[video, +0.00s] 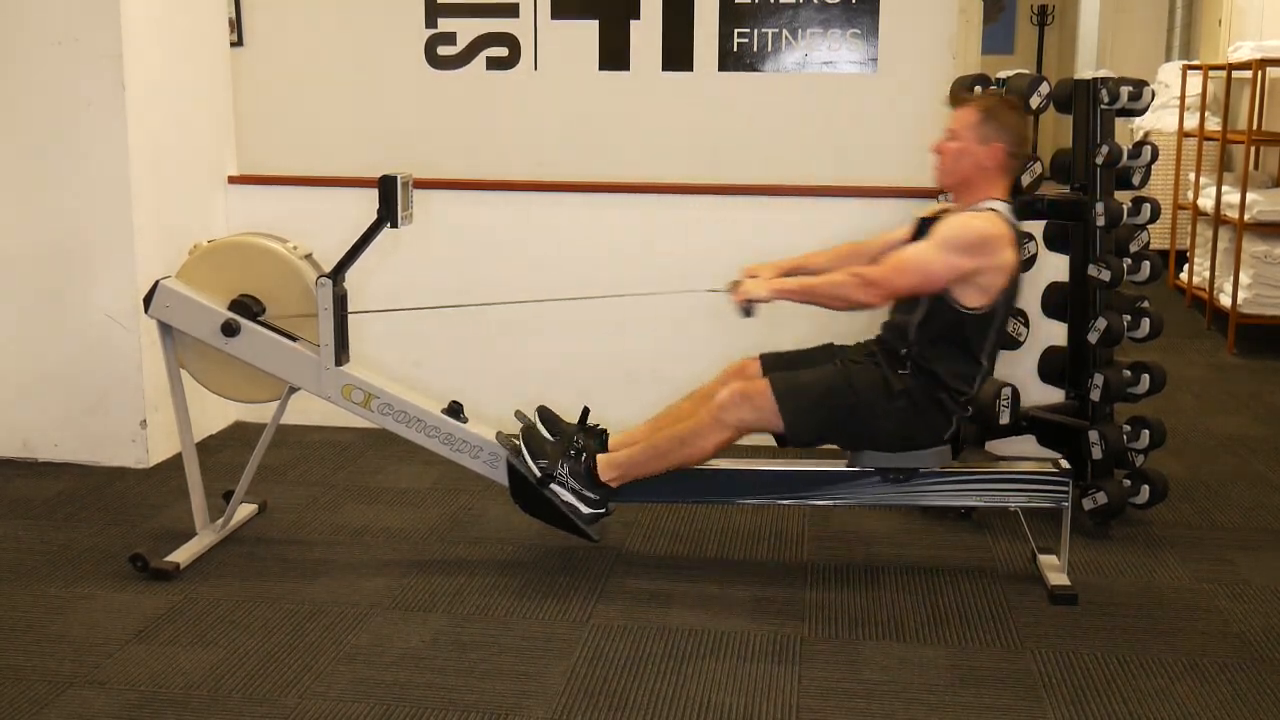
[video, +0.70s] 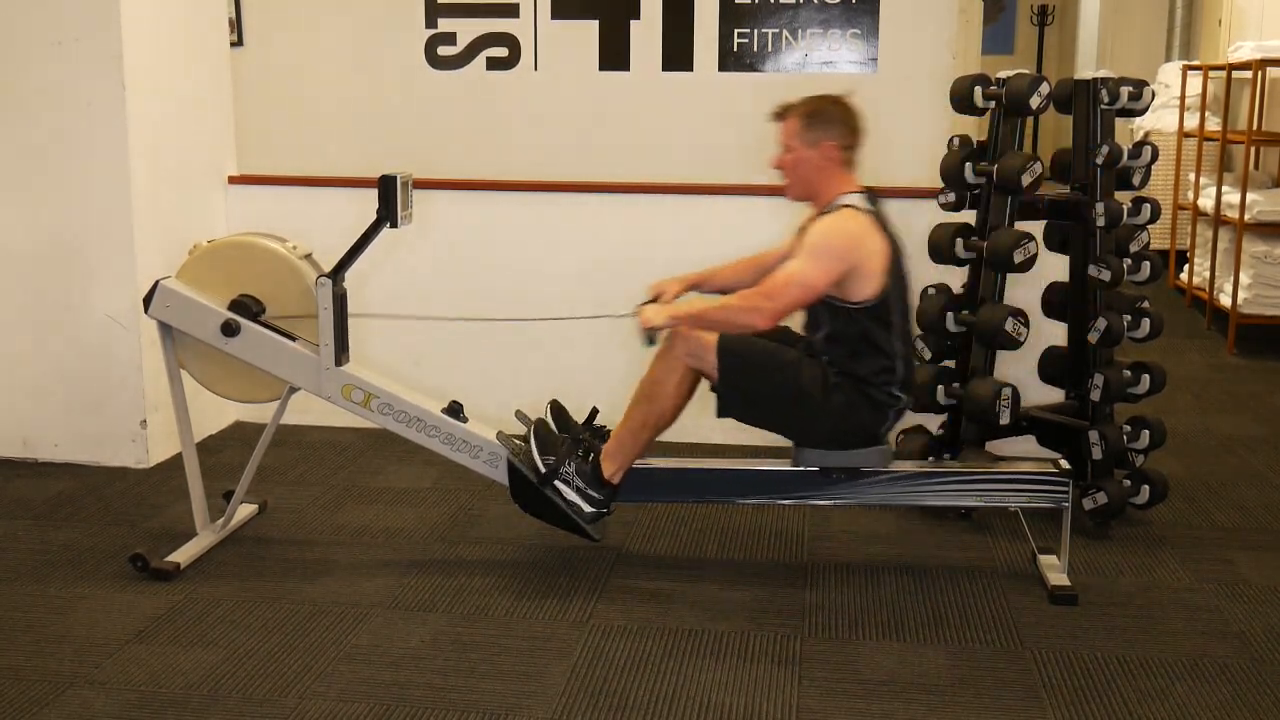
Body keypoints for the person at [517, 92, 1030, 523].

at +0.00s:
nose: (939, 147)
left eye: (954, 139)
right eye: (945, 135)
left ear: (994, 156)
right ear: (985, 153)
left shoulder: (980, 233)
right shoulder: (952, 217)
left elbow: (871, 290)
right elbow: (861, 257)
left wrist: (778, 288)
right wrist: (776, 269)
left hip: (913, 396)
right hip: (890, 372)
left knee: (741, 399)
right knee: (736, 378)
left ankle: (595, 484)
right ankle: (601, 454)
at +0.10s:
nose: (994, 173)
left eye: (1009, 164)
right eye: (1000, 161)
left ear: (1052, 183)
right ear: (1038, 179)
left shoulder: (1041, 255)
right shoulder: (1009, 242)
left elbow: (955, 321)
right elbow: (934, 275)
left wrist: (867, 295)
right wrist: (860, 273)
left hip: (924, 398)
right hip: (900, 369)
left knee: (752, 422)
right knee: (747, 394)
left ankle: (597, 482)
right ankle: (606, 459)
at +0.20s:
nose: (1019, 198)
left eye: (1033, 189)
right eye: (1024, 186)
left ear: (1074, 205)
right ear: (1060, 204)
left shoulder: (1072, 278)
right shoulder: (1032, 263)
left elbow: (1022, 360)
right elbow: (991, 325)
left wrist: (942, 310)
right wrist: (940, 299)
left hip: (928, 399)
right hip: (903, 370)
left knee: (758, 417)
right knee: (751, 396)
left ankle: (601, 485)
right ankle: (606, 457)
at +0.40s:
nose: (996, 194)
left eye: (1010, 184)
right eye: (1001, 182)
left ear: (1053, 198)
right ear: (1046, 198)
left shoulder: (1051, 274)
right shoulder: (1022, 260)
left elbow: (998, 360)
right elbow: (977, 322)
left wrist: (912, 316)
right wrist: (922, 303)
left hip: (926, 401)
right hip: (911, 375)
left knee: (748, 400)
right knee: (748, 381)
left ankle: (600, 483)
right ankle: (612, 459)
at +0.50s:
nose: (940, 177)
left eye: (951, 166)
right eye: (944, 165)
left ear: (998, 173)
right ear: (981, 171)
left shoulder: (1001, 249)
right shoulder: (970, 233)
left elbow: (933, 332)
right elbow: (918, 285)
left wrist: (848, 306)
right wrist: (851, 286)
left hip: (917, 400)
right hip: (899, 378)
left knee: (733, 376)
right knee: (732, 364)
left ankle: (598, 486)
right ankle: (609, 468)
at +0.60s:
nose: (864, 162)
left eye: (877, 151)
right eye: (867, 150)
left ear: (919, 156)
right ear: (913, 157)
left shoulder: (926, 232)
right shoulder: (906, 222)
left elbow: (848, 313)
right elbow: (845, 270)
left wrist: (763, 300)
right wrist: (772, 278)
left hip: (886, 402)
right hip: (871, 381)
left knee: (713, 355)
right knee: (713, 346)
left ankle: (604, 480)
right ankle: (613, 457)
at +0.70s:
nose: (778, 161)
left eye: (788, 148)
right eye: (781, 148)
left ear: (826, 152)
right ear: (822, 154)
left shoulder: (842, 228)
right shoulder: (837, 218)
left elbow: (762, 312)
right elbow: (767, 268)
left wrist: (676, 313)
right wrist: (689, 282)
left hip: (854, 407)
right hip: (846, 389)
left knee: (685, 340)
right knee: (688, 329)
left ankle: (602, 478)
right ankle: (610, 457)